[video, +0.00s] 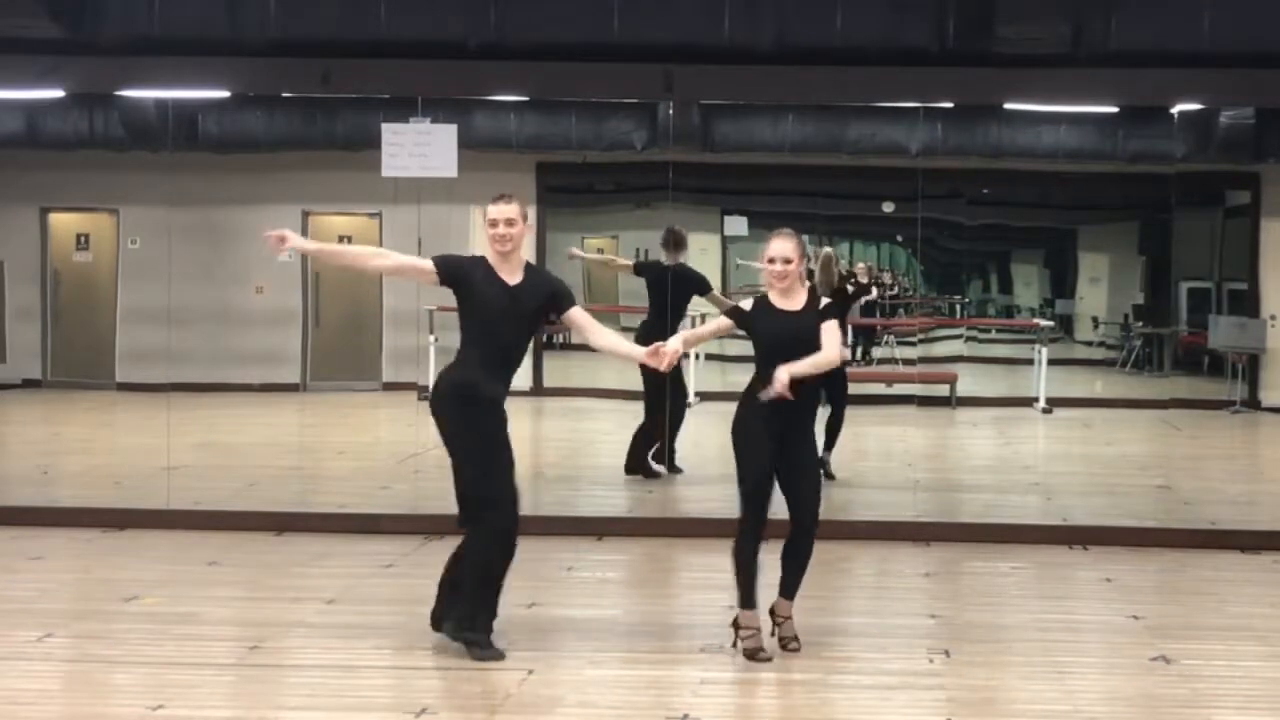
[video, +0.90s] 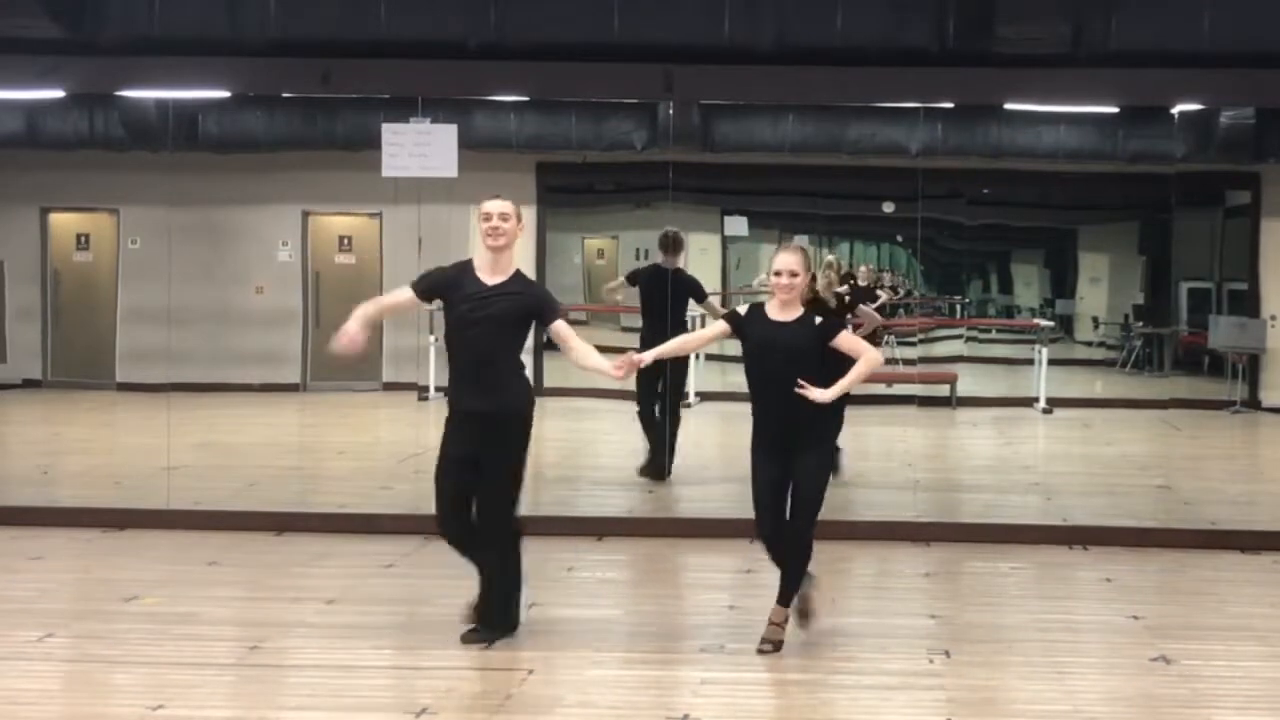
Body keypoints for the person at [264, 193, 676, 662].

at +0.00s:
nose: (502, 231)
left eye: (510, 223)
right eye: (494, 223)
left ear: (526, 229)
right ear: (484, 229)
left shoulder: (545, 286)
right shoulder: (465, 270)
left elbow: (594, 332)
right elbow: (381, 261)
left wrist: (643, 354)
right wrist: (305, 245)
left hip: (486, 404)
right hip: (460, 400)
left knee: (494, 518)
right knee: (498, 518)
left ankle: (451, 610)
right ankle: (471, 626)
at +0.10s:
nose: (505, 241)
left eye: (513, 232)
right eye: (496, 233)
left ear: (529, 237)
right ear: (487, 237)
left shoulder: (549, 292)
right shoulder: (468, 278)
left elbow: (601, 335)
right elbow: (396, 254)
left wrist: (650, 354)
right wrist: (327, 223)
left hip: (489, 413)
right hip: (445, 403)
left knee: (476, 518)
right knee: (443, 514)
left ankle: (457, 621)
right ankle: (443, 629)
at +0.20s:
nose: (502, 248)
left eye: (510, 240)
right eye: (494, 242)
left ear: (527, 244)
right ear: (486, 247)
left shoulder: (550, 301)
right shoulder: (470, 285)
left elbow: (605, 342)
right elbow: (397, 252)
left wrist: (657, 356)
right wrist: (339, 216)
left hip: (487, 426)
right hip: (439, 411)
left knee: (478, 528)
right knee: (403, 508)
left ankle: (449, 622)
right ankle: (370, 623)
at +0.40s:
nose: (495, 252)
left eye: (504, 244)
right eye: (487, 245)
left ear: (521, 248)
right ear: (479, 250)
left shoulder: (543, 304)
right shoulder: (465, 289)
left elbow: (602, 340)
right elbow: (407, 258)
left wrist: (657, 354)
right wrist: (384, 223)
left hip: (498, 437)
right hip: (446, 427)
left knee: (488, 532)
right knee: (406, 514)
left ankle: (450, 620)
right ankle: (352, 586)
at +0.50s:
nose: (497, 246)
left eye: (506, 239)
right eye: (490, 239)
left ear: (521, 245)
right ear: (480, 245)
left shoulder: (539, 303)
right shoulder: (462, 292)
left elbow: (594, 342)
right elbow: (386, 287)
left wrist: (638, 358)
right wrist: (387, 227)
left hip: (500, 426)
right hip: (456, 421)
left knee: (471, 519)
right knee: (438, 520)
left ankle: (461, 619)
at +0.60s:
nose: (497, 243)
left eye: (506, 235)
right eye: (490, 236)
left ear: (522, 242)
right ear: (481, 242)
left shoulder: (538, 302)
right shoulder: (462, 291)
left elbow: (588, 348)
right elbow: (426, 319)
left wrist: (620, 363)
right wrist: (395, 262)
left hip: (499, 421)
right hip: (476, 419)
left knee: (432, 516)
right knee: (502, 520)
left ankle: (490, 603)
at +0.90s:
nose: (494, 225)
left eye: (503, 218)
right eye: (487, 218)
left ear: (519, 228)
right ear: (477, 227)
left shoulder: (530, 292)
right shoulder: (452, 279)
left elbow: (571, 343)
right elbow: (385, 304)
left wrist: (607, 365)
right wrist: (357, 320)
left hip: (509, 415)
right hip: (463, 413)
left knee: (495, 520)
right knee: (451, 520)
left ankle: (498, 620)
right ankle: (499, 576)